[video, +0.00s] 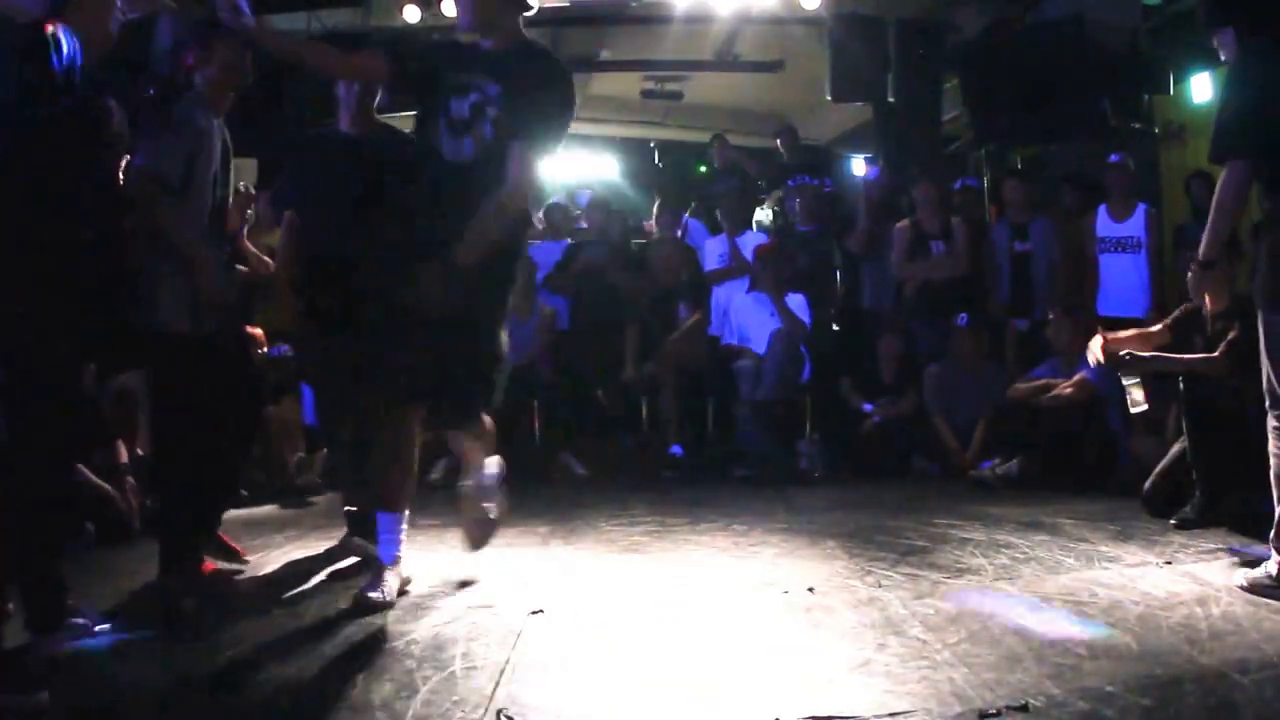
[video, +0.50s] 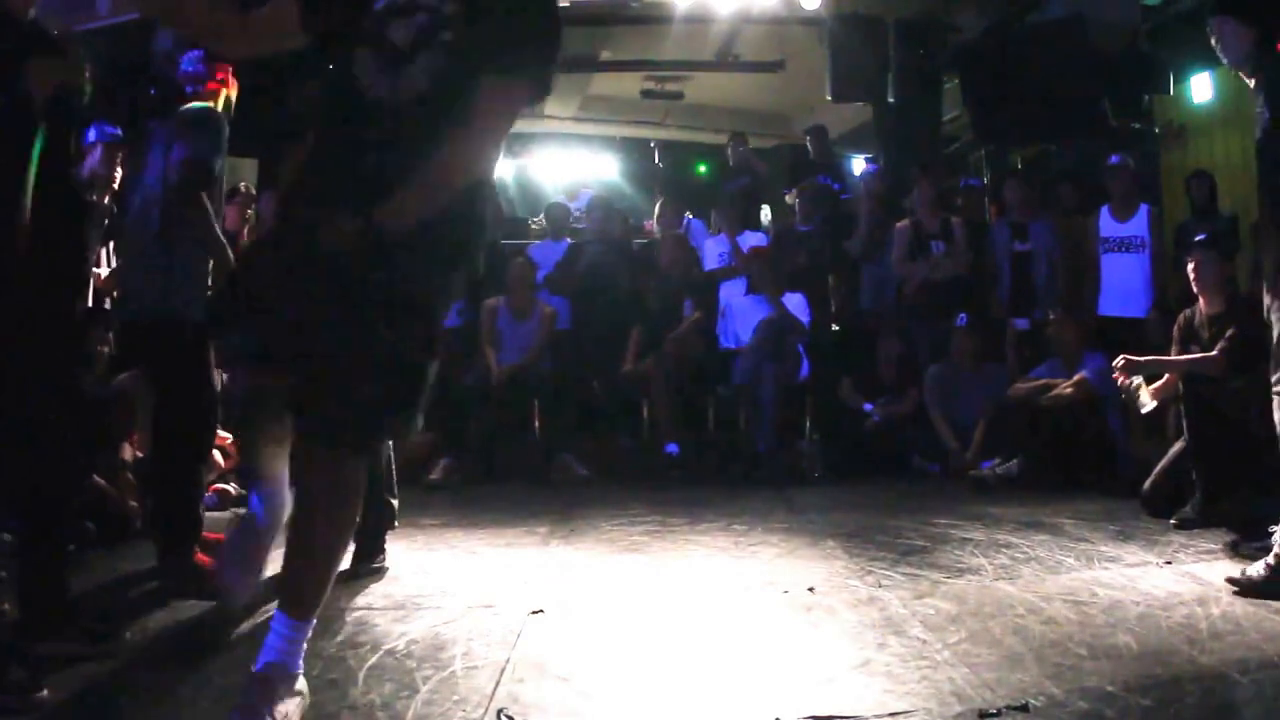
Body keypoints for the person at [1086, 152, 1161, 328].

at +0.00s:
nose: (1116, 182)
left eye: (1121, 176)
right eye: (1112, 176)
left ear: (1131, 179)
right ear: (1106, 180)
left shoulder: (1147, 216)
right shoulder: (1096, 217)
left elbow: (1154, 259)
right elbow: (1091, 261)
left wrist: (1155, 302)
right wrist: (1090, 302)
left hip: (1139, 306)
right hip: (1106, 307)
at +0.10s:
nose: (1116, 180)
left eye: (1121, 174)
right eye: (1112, 175)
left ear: (1131, 178)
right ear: (1106, 179)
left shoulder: (1147, 216)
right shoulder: (1095, 218)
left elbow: (1154, 261)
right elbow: (1091, 263)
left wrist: (1155, 303)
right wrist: (1091, 302)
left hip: (1139, 308)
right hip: (1106, 308)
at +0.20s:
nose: (1115, 179)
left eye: (1120, 173)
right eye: (1111, 174)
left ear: (1130, 177)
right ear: (1107, 178)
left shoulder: (1148, 215)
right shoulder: (1097, 217)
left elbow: (1155, 259)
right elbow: (1091, 260)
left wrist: (1156, 297)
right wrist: (1090, 300)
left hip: (1140, 306)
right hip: (1107, 306)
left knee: (1141, 364)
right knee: (1108, 363)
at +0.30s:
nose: (1116, 181)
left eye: (1121, 174)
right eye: (1112, 175)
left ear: (1131, 177)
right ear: (1107, 178)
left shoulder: (1149, 216)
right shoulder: (1097, 218)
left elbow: (1155, 259)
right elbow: (1090, 262)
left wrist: (1157, 299)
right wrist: (1091, 302)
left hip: (1141, 310)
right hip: (1107, 310)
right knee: (1110, 368)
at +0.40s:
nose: (1118, 183)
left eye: (1123, 177)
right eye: (1114, 177)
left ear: (1132, 179)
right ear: (1107, 180)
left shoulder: (1148, 215)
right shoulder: (1097, 218)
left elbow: (1155, 260)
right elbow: (1091, 263)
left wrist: (1156, 300)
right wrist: (1091, 304)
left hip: (1141, 311)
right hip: (1108, 310)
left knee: (1142, 370)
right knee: (1111, 369)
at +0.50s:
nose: (1117, 184)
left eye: (1122, 178)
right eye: (1113, 178)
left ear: (1132, 180)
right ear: (1107, 181)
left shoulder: (1150, 216)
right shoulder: (1098, 218)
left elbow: (1157, 260)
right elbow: (1092, 263)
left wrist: (1157, 303)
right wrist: (1091, 304)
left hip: (1141, 311)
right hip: (1108, 311)